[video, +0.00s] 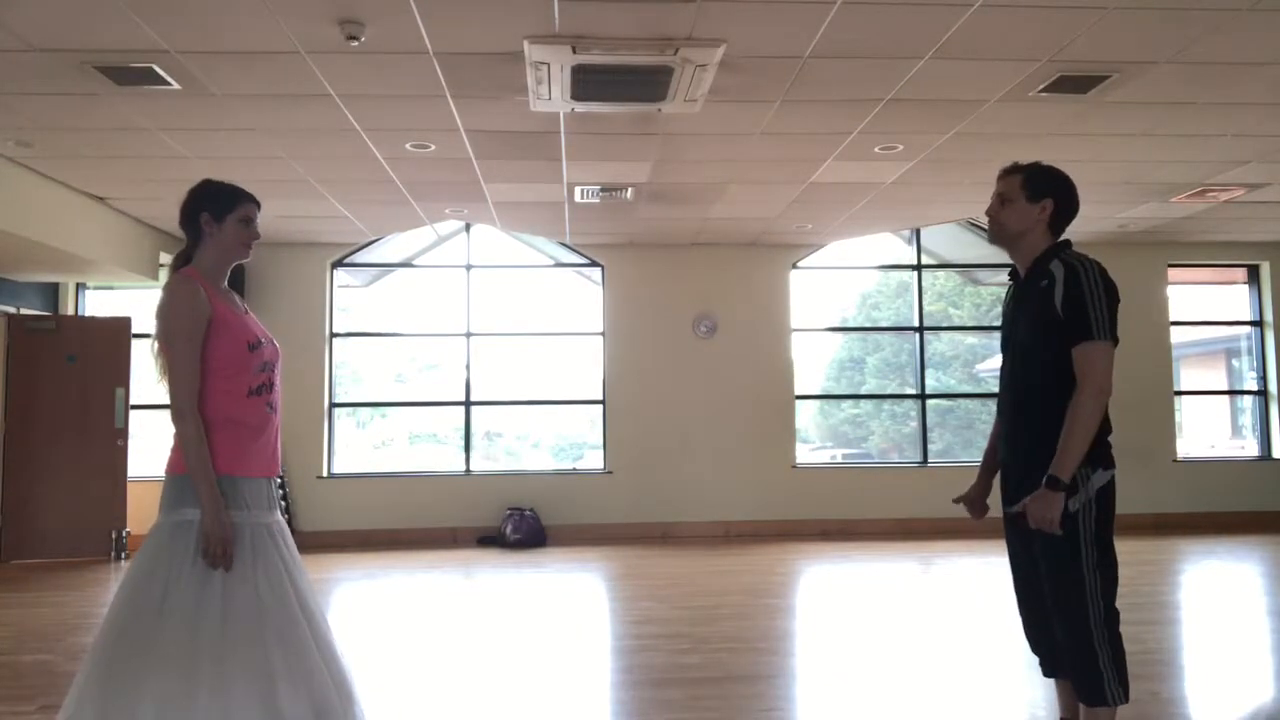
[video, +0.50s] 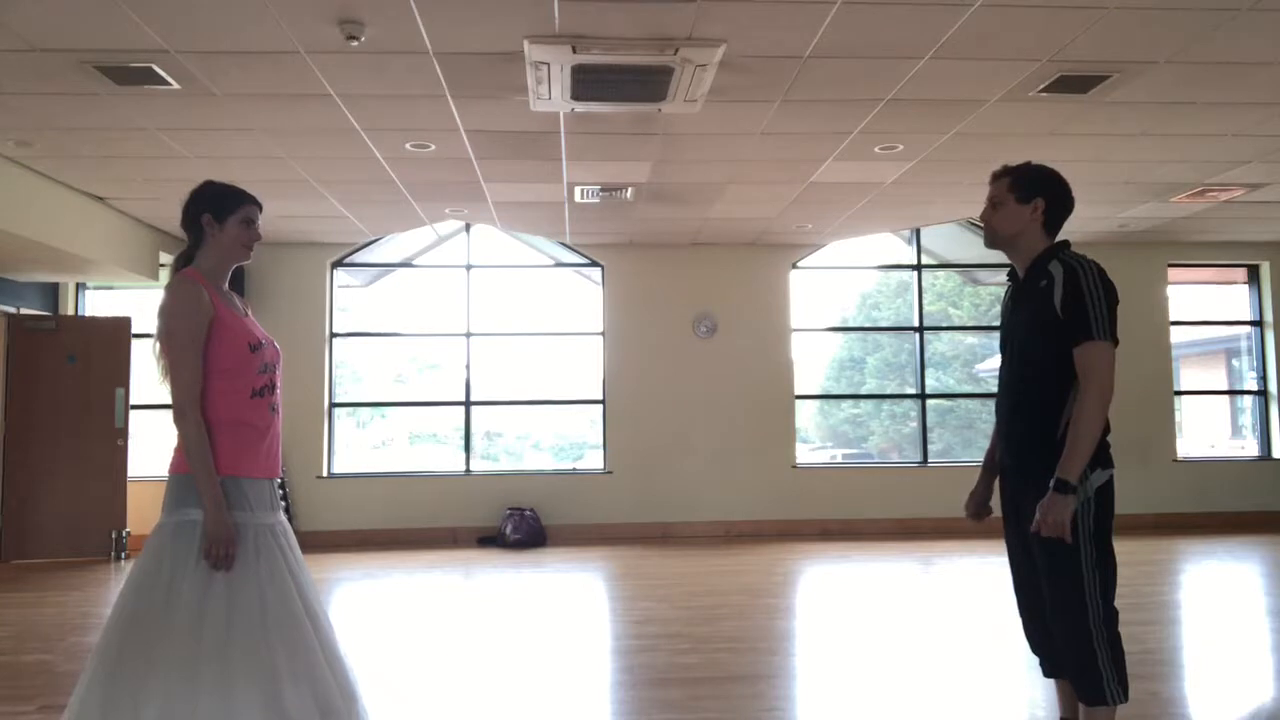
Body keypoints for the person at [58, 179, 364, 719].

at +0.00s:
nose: (255, 235)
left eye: (256, 226)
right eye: (246, 223)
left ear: (219, 228)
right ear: (208, 223)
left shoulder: (229, 298)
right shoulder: (186, 291)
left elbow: (244, 405)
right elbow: (184, 407)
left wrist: (271, 497)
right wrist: (212, 507)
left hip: (253, 497)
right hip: (216, 498)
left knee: (257, 653)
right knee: (218, 655)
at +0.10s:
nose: (256, 235)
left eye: (257, 226)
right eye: (247, 223)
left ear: (220, 228)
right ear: (208, 224)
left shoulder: (229, 298)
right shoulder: (187, 292)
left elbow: (243, 405)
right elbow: (184, 407)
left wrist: (270, 497)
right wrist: (212, 507)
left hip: (254, 497)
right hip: (216, 498)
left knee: (258, 653)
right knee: (217, 655)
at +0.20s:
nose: (257, 236)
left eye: (258, 226)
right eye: (247, 224)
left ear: (221, 229)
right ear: (209, 224)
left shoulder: (230, 299)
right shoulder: (187, 292)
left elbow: (243, 404)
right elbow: (185, 407)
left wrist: (270, 496)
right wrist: (212, 507)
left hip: (255, 498)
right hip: (217, 498)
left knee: (259, 654)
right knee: (217, 656)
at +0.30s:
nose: (257, 236)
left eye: (258, 226)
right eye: (248, 224)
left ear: (220, 229)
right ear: (209, 224)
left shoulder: (229, 298)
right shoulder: (188, 292)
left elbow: (239, 404)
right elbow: (185, 408)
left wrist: (269, 495)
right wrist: (213, 507)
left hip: (254, 497)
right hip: (218, 499)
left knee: (259, 654)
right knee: (219, 657)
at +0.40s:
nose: (257, 236)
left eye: (258, 226)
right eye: (248, 224)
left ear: (220, 228)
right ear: (209, 224)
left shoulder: (230, 299)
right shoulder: (188, 293)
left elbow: (237, 405)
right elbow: (186, 408)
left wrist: (268, 495)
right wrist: (213, 507)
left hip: (254, 498)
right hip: (218, 499)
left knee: (258, 656)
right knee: (218, 659)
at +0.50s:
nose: (257, 236)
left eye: (258, 227)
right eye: (248, 224)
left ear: (220, 229)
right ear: (209, 224)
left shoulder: (230, 300)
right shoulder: (188, 293)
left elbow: (239, 405)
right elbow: (186, 408)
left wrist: (270, 494)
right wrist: (214, 508)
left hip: (255, 498)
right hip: (219, 499)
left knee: (260, 656)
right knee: (219, 659)